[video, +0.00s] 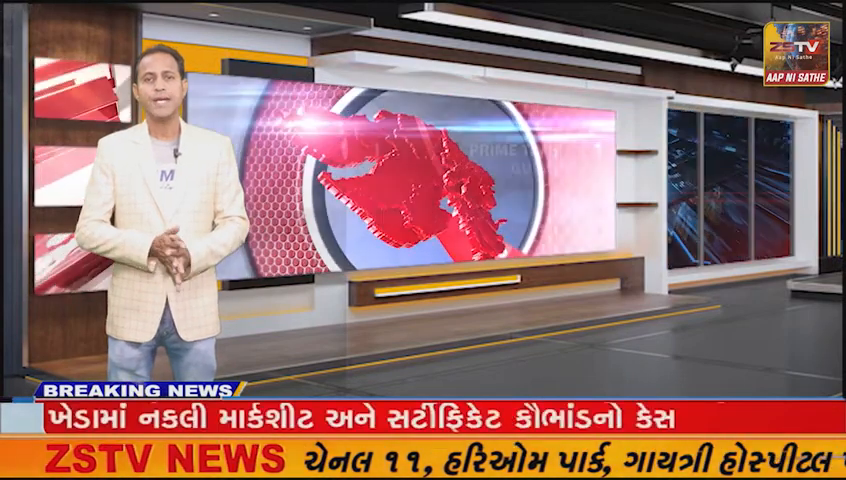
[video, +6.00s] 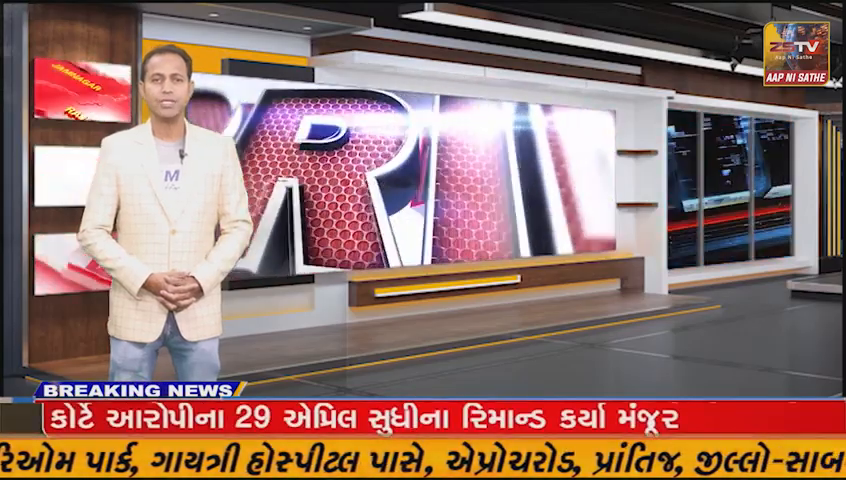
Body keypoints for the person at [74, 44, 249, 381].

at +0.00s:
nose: (160, 86)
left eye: (169, 77)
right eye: (149, 78)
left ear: (184, 86)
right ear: (136, 91)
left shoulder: (216, 147)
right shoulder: (113, 148)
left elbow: (235, 221)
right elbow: (88, 228)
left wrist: (195, 254)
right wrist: (146, 246)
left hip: (194, 303)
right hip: (133, 303)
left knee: (200, 415)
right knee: (125, 417)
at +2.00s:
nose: (164, 87)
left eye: (174, 78)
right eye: (154, 78)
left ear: (187, 88)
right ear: (140, 89)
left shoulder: (219, 147)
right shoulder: (115, 149)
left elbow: (239, 224)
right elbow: (92, 232)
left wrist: (201, 279)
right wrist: (145, 279)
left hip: (199, 310)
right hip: (135, 310)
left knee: (204, 420)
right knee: (127, 421)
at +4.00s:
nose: (163, 89)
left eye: (173, 79)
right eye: (153, 80)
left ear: (187, 88)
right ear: (140, 90)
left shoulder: (219, 148)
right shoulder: (115, 148)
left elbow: (238, 225)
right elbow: (92, 232)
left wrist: (201, 280)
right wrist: (144, 279)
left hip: (199, 310)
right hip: (134, 310)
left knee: (205, 419)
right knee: (125, 420)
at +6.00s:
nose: (167, 88)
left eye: (177, 79)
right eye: (157, 79)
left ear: (190, 88)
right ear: (143, 88)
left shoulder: (220, 147)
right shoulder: (117, 147)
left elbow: (239, 225)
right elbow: (92, 231)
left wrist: (201, 280)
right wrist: (145, 279)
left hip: (198, 309)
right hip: (135, 309)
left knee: (205, 419)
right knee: (125, 420)